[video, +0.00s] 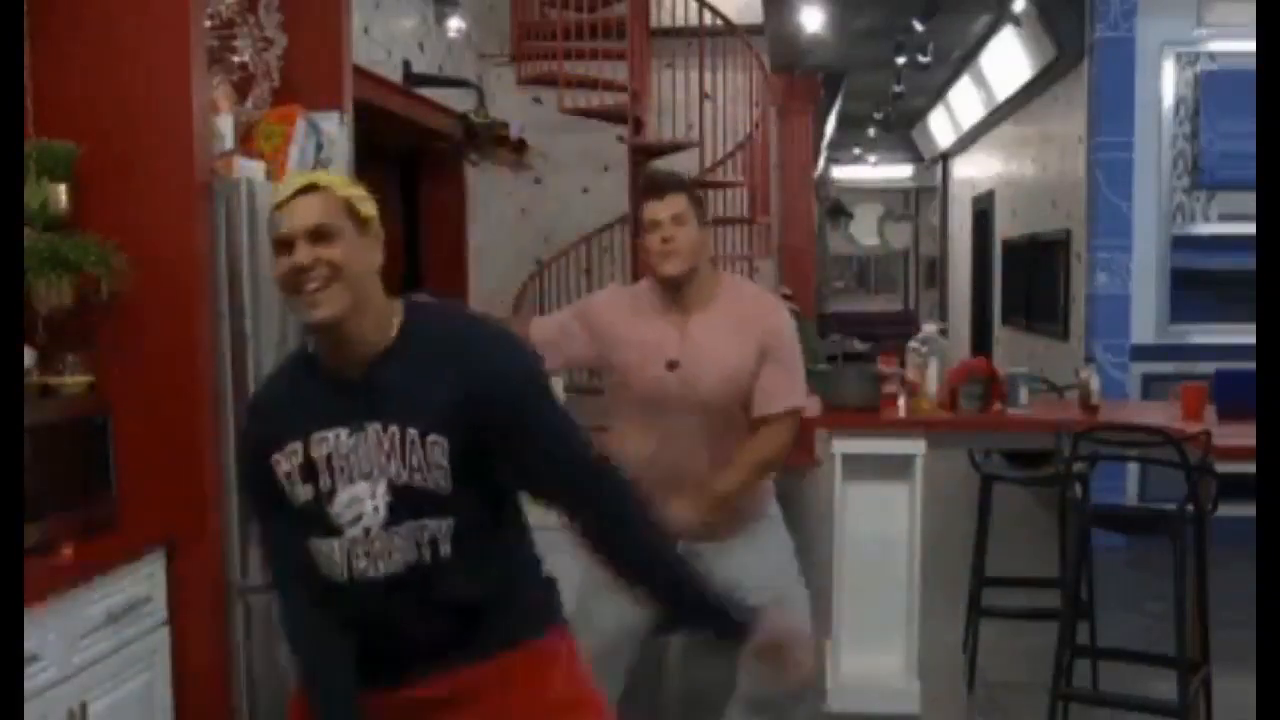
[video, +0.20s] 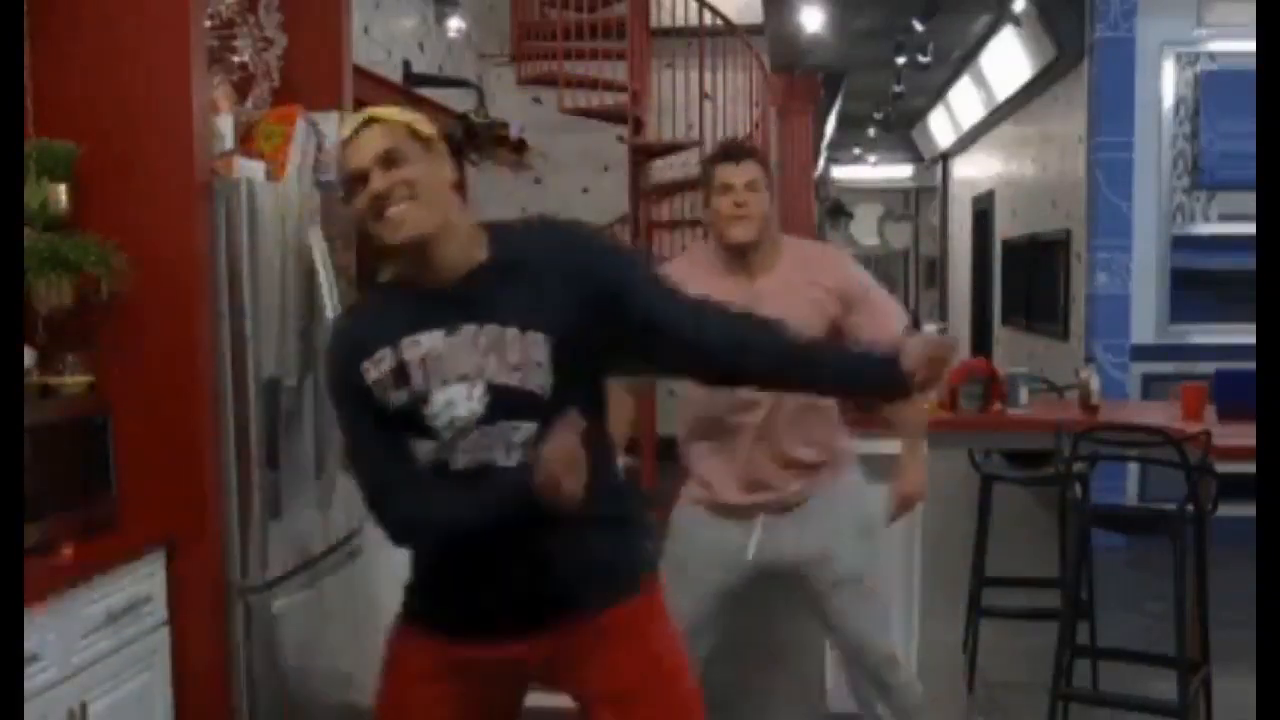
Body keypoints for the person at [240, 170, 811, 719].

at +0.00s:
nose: (301, 261)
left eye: (321, 238)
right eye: (284, 248)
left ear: (374, 244)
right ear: (274, 270)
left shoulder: (475, 356)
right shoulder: (270, 418)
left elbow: (592, 494)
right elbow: (302, 601)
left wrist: (729, 620)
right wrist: (335, 707)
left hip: (511, 674)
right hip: (365, 693)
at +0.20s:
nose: (378, 185)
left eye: (396, 160)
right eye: (360, 180)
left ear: (452, 172)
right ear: (357, 212)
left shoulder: (561, 260)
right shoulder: (358, 342)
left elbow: (711, 339)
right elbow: (403, 509)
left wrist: (890, 373)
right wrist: (528, 483)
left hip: (604, 610)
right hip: (451, 627)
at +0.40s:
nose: (372, 200)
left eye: (397, 178)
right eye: (349, 185)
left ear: (446, 199)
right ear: (324, 219)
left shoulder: (550, 292)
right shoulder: (322, 396)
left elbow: (720, 360)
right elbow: (373, 572)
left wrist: (917, 388)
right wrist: (484, 475)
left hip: (596, 675)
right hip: (442, 695)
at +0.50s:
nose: (406, 197)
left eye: (431, 174)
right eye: (384, 180)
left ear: (480, 192)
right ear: (363, 208)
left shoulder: (578, 298)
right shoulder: (346, 376)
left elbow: (729, 410)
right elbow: (388, 549)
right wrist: (527, 555)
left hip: (619, 675)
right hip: (460, 684)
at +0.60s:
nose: (454, 210)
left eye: (480, 188)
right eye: (431, 191)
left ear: (525, 207)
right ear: (408, 216)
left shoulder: (608, 340)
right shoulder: (373, 372)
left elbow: (743, 493)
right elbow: (420, 556)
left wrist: (912, 651)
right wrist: (545, 665)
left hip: (640, 670)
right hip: (479, 673)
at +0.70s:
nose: (535, 227)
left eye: (564, 208)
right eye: (515, 205)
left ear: (605, 228)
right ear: (492, 225)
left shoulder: (655, 390)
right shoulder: (430, 366)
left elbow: (683, 612)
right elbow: (411, 572)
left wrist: (679, 710)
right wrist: (386, 705)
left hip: (615, 689)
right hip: (478, 682)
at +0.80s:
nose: (550, 204)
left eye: (580, 186)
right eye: (532, 181)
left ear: (617, 210)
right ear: (505, 197)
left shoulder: (658, 375)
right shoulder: (431, 334)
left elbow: (644, 593)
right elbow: (392, 500)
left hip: (619, 678)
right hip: (472, 664)